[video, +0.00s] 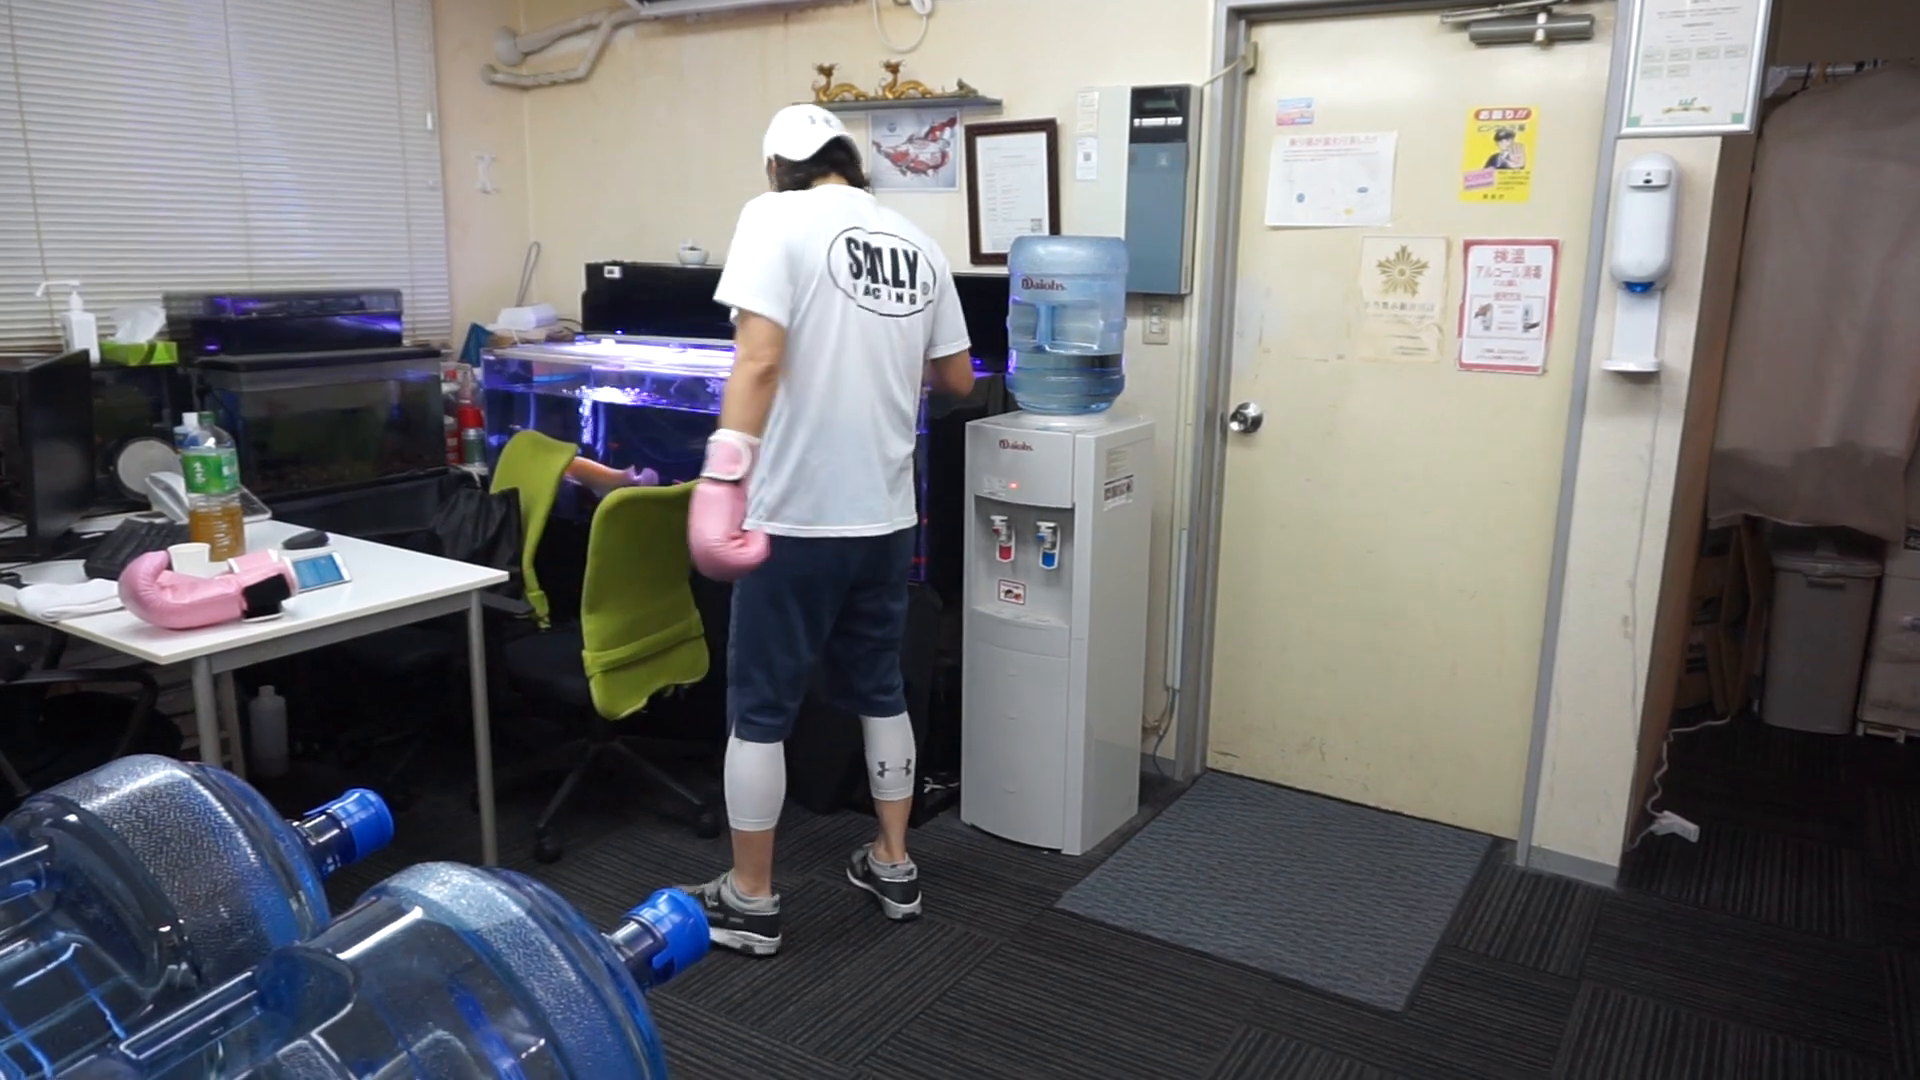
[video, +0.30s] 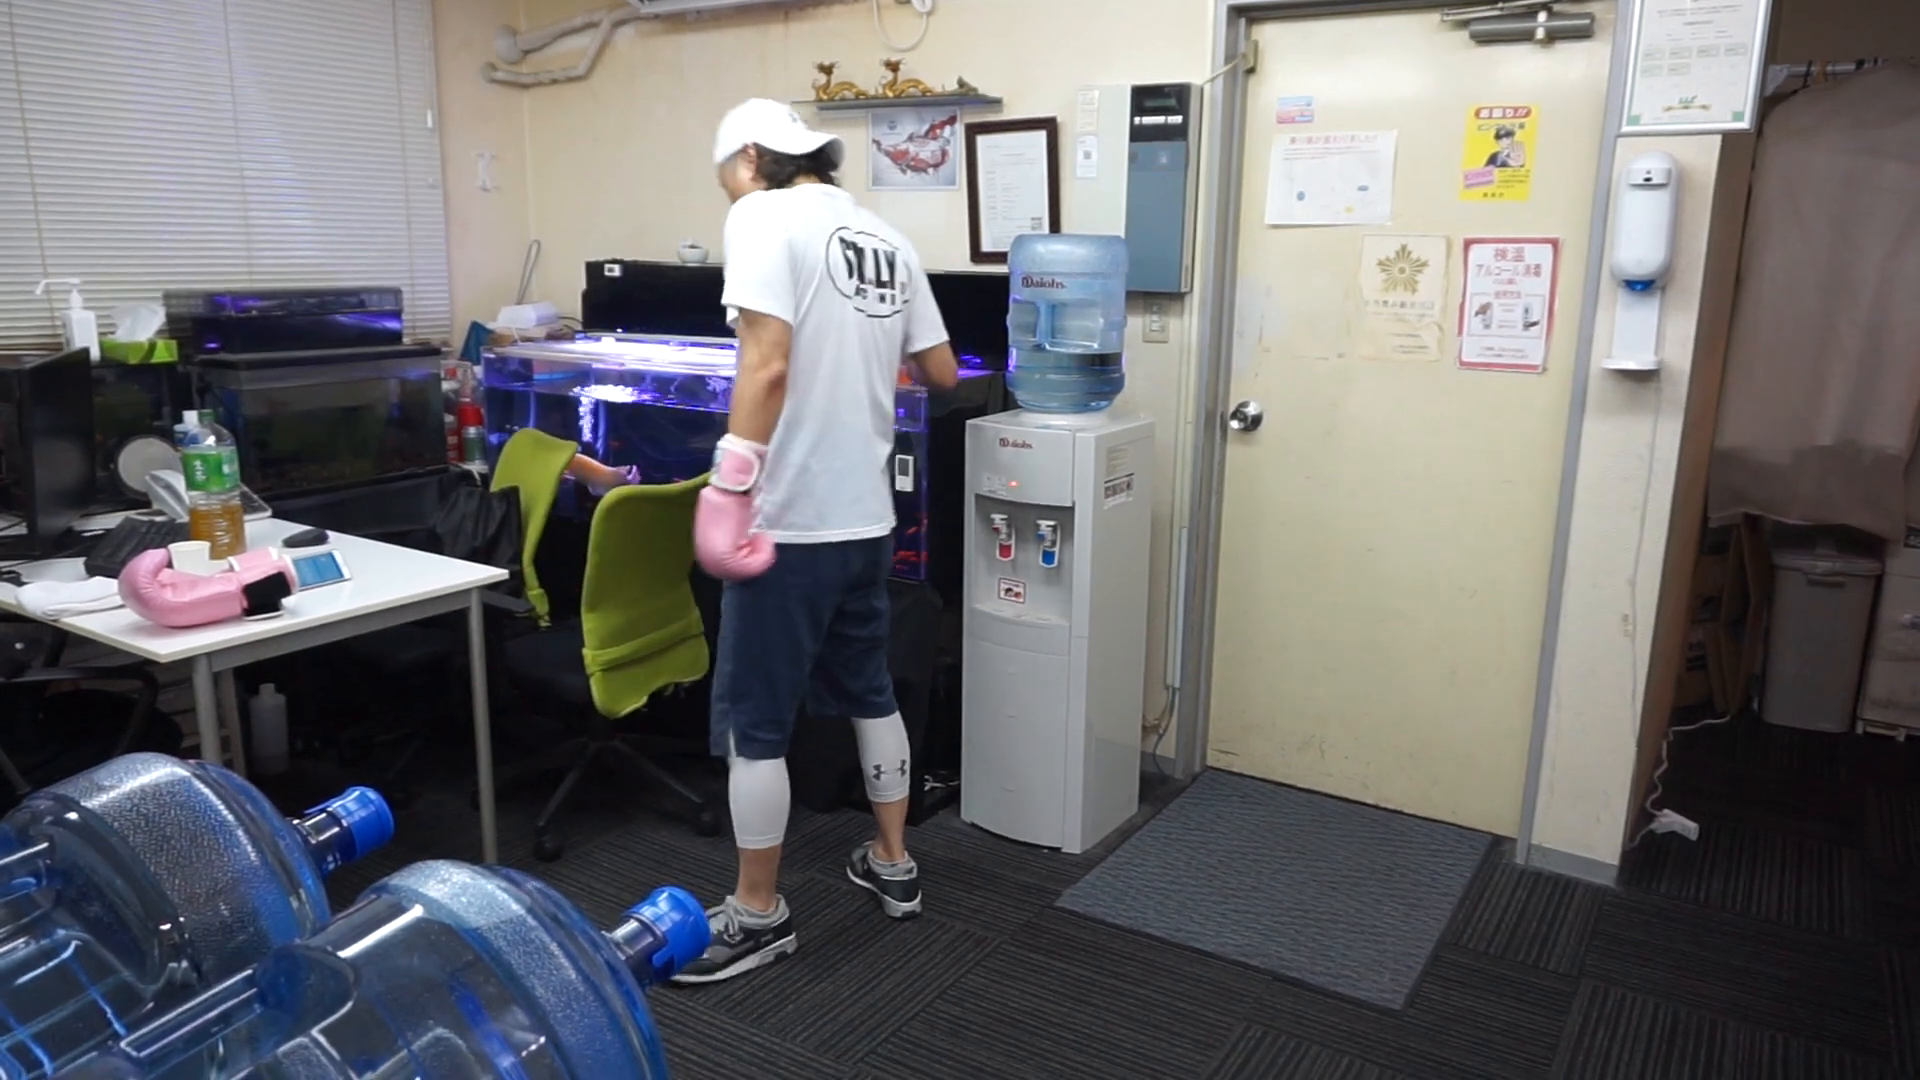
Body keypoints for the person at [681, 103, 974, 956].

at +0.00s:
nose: (770, 186)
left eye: (770, 176)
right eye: (775, 175)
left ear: (778, 170)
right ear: (853, 165)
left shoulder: (777, 215)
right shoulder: (917, 244)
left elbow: (761, 357)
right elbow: (957, 377)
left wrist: (723, 479)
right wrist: (881, 368)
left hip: (792, 517)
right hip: (885, 519)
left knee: (760, 707)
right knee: (882, 688)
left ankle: (751, 897)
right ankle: (895, 864)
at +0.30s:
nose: (728, 189)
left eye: (729, 175)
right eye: (727, 176)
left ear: (754, 161)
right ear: (807, 161)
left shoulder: (762, 213)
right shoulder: (884, 235)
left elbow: (767, 362)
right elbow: (939, 369)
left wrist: (729, 488)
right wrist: (866, 362)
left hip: (787, 521)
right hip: (867, 521)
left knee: (753, 718)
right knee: (870, 692)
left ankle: (756, 909)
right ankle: (895, 864)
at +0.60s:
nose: (643, 193)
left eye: (643, 171)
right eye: (639, 174)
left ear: (678, 154)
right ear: (714, 155)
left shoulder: (700, 229)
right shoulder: (813, 232)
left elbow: (694, 392)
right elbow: (879, 365)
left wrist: (641, 510)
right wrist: (791, 407)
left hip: (721, 529)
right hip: (792, 526)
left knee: (725, 731)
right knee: (788, 686)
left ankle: (754, 913)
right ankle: (869, 840)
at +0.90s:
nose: (536, 191)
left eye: (539, 170)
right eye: (531, 174)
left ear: (581, 152)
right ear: (608, 152)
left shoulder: (633, 237)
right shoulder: (701, 222)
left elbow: (625, 415)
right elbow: (769, 366)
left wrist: (568, 546)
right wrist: (699, 452)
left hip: (671, 546)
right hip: (683, 530)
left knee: (705, 737)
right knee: (590, 696)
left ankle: (756, 914)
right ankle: (593, 881)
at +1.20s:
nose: (390, 203)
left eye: (390, 178)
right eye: (382, 183)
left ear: (438, 153)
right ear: (441, 156)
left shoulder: (549, 237)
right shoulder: (503, 243)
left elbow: (586, 402)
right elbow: (522, 402)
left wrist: (571, 548)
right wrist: (451, 470)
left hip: (554, 571)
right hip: (487, 569)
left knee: (611, 756)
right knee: (457, 760)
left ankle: (743, 904)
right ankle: (453, 941)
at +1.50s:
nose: (241, 176)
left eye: (248, 150)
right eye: (231, 157)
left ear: (318, 125)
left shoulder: (450, 217)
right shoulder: (315, 244)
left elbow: (529, 373)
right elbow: (315, 387)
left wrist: (542, 512)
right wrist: (256, 497)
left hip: (426, 574)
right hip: (347, 577)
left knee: (339, 809)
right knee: (419, 793)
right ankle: (459, 973)